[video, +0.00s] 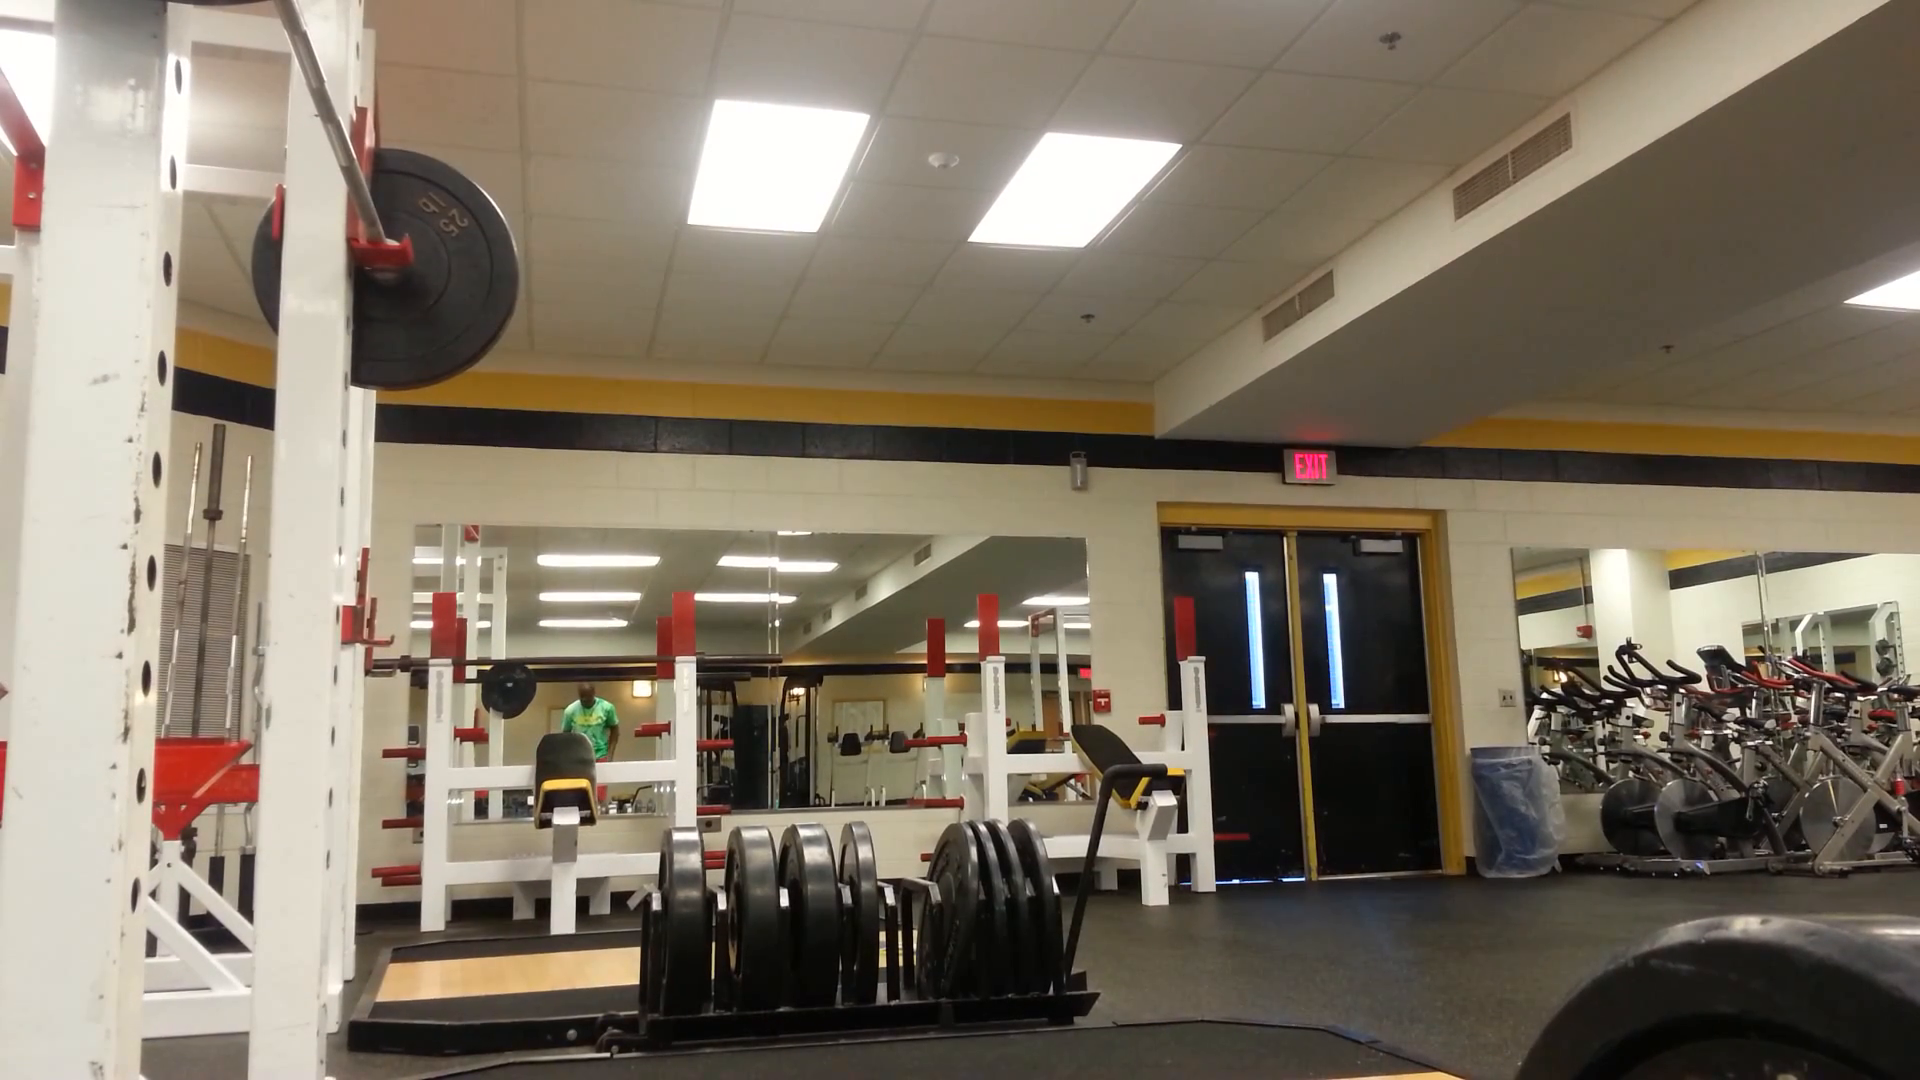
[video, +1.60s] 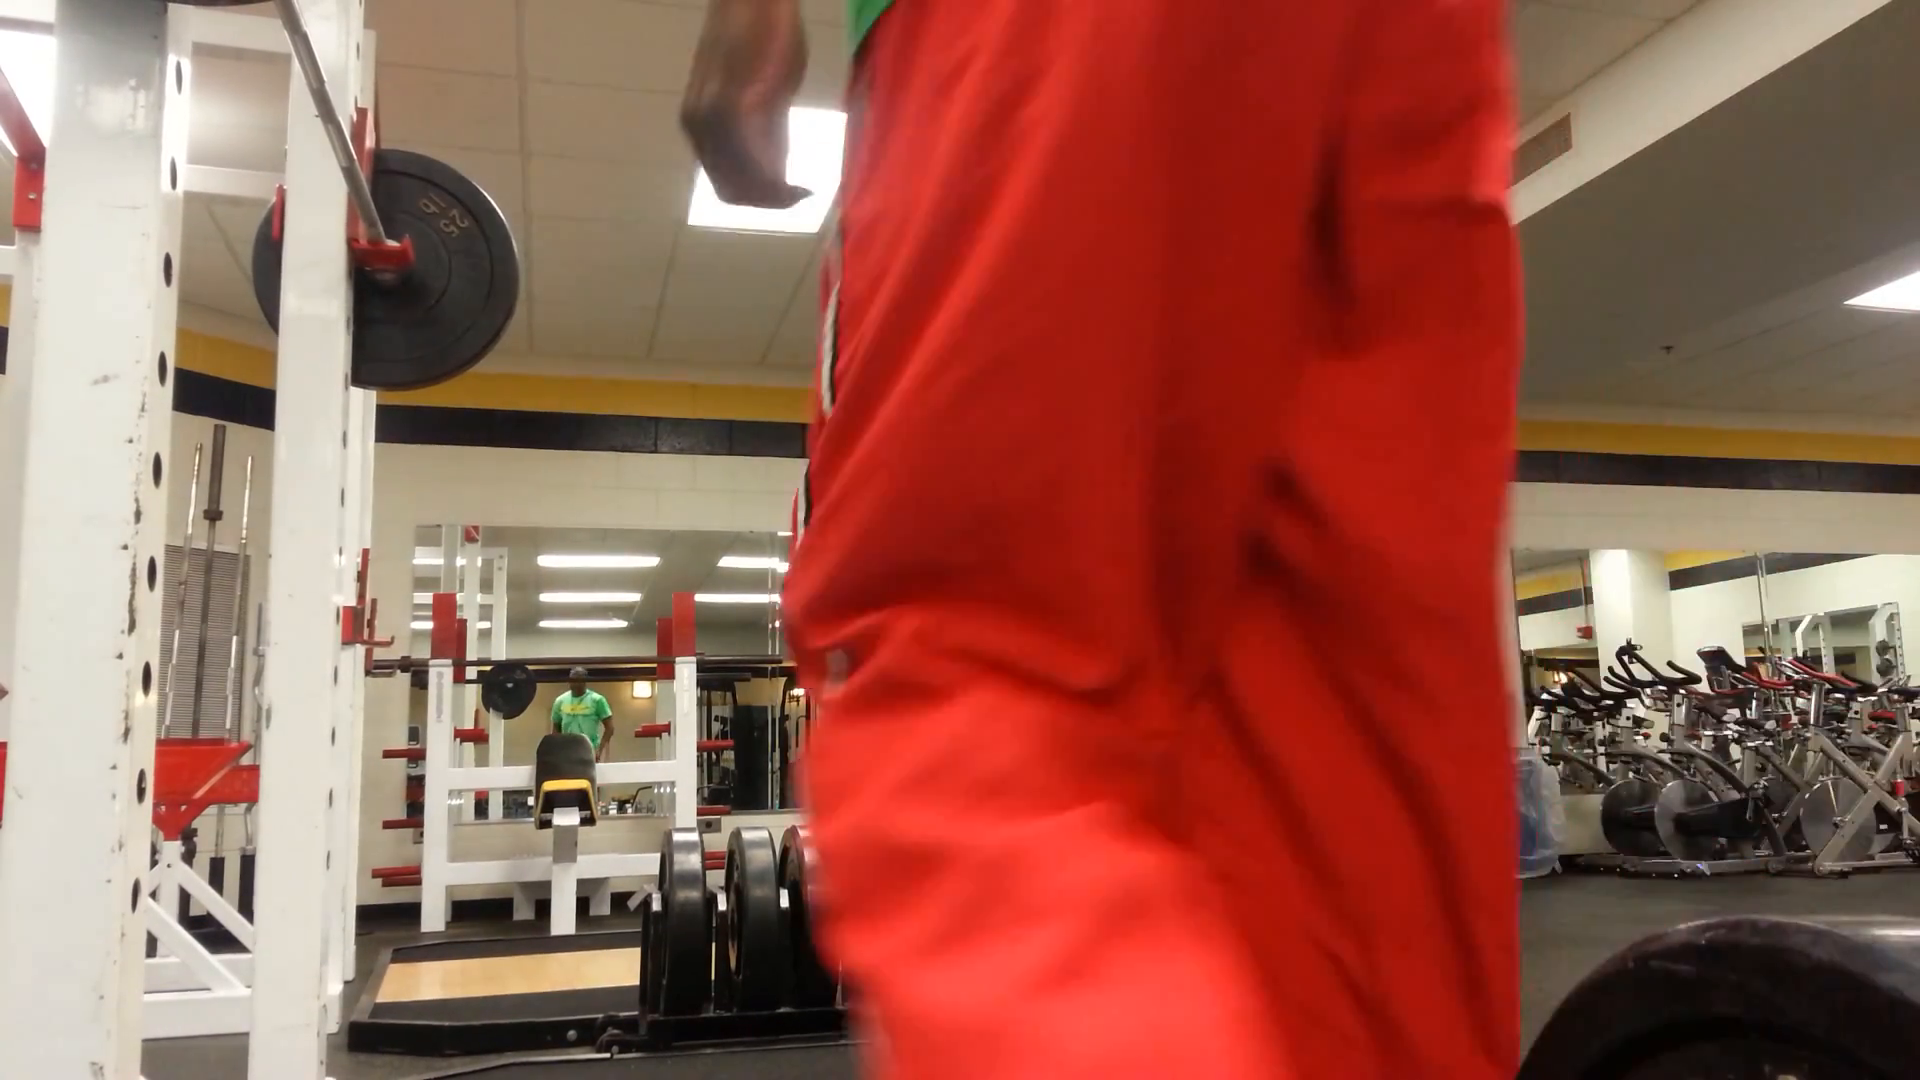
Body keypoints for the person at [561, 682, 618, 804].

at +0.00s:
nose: (585, 699)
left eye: (588, 696)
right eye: (582, 696)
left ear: (594, 693)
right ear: (579, 695)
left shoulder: (607, 708)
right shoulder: (570, 711)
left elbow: (615, 730)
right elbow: (565, 736)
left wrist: (610, 755)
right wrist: (566, 756)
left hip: (600, 758)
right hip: (578, 758)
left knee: (600, 795)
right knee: (580, 794)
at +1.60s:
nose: (575, 685)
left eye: (579, 682)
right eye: (572, 682)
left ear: (585, 682)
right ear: (569, 682)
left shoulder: (598, 701)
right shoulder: (560, 701)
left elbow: (610, 728)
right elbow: (556, 730)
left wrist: (599, 751)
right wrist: (557, 751)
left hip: (590, 751)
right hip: (567, 751)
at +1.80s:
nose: (574, 684)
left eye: (578, 681)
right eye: (572, 681)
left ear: (584, 681)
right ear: (569, 681)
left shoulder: (597, 700)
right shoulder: (560, 700)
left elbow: (607, 726)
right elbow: (555, 727)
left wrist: (588, 737)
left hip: (589, 751)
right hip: (566, 751)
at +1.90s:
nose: (572, 684)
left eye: (575, 681)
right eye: (570, 681)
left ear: (582, 681)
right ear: (567, 681)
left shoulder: (596, 700)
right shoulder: (559, 700)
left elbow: (605, 728)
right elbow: (555, 725)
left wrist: (582, 726)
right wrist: (550, 746)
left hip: (588, 752)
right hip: (565, 752)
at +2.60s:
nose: (566, 674)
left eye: (570, 671)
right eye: (566, 671)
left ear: (581, 674)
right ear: (564, 673)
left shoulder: (593, 695)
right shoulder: (561, 695)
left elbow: (600, 724)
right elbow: (560, 723)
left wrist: (575, 724)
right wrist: (546, 734)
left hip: (587, 749)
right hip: (565, 749)